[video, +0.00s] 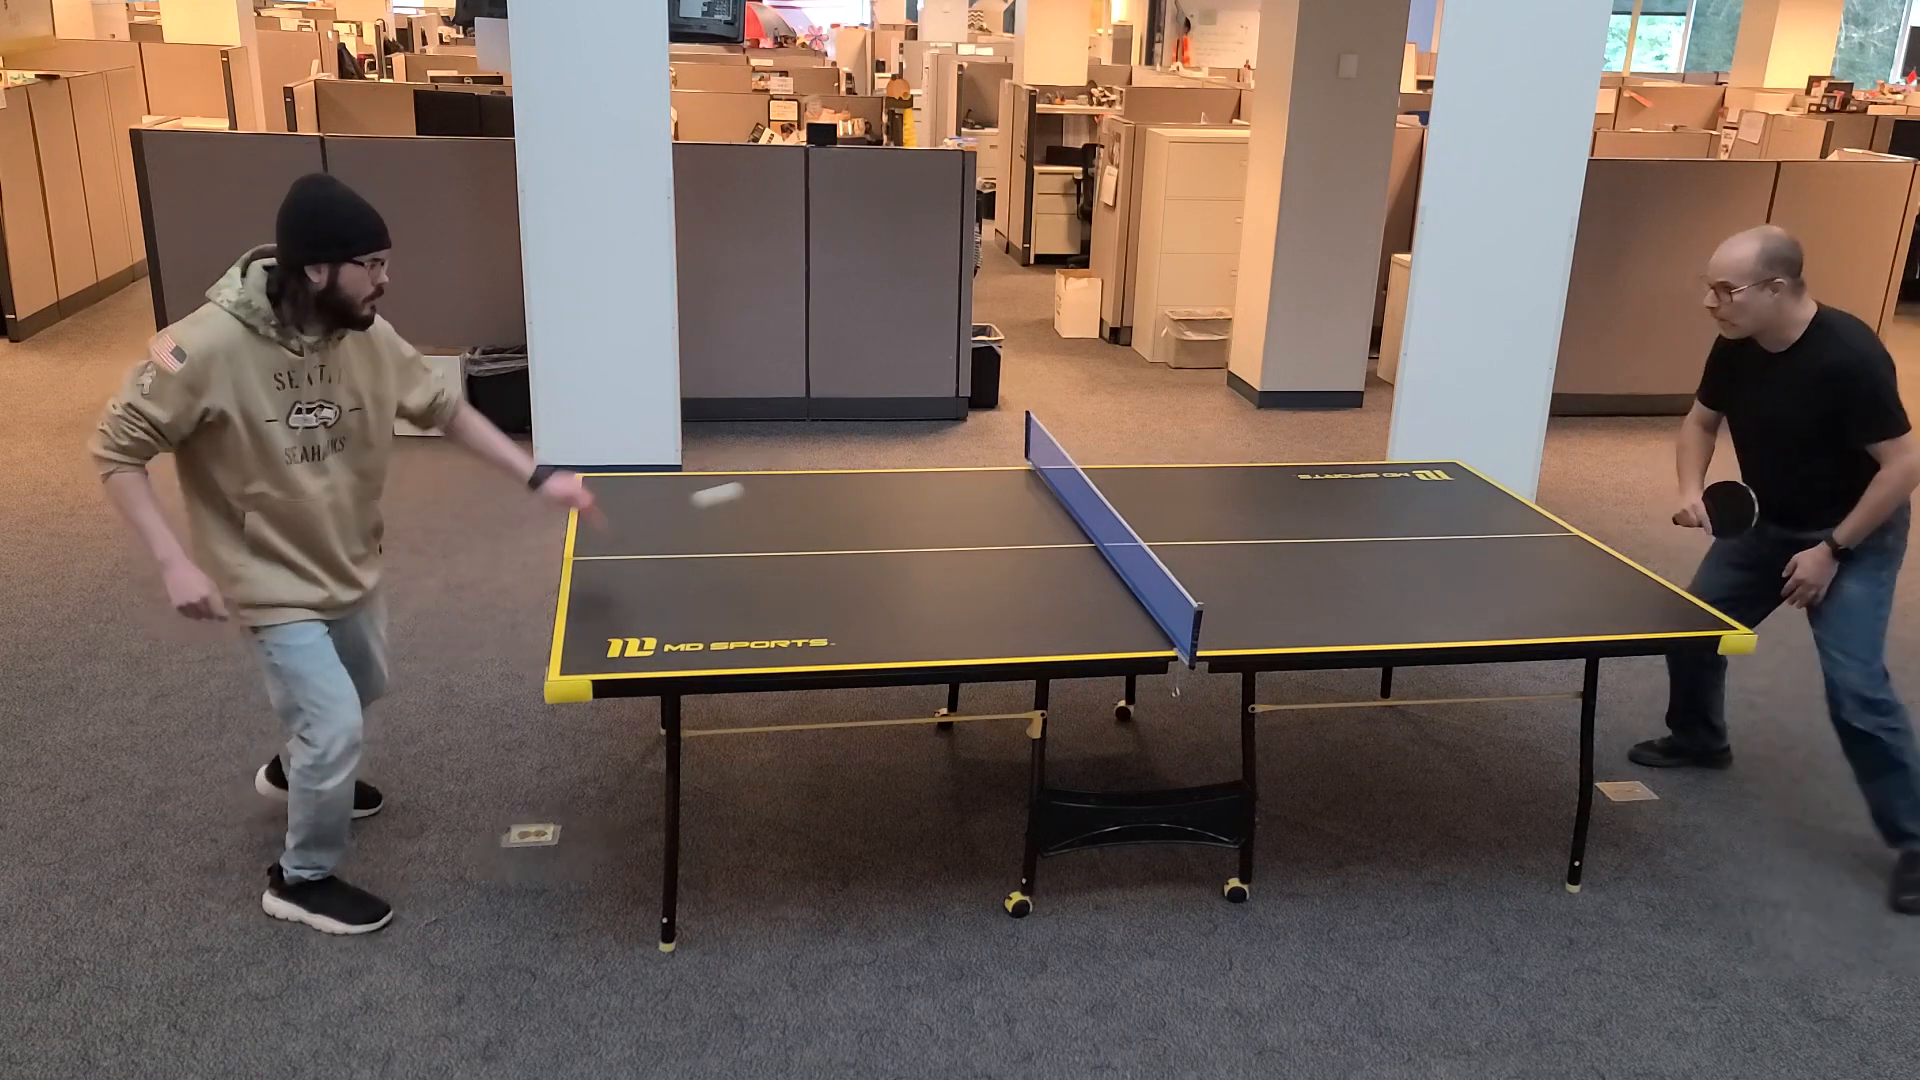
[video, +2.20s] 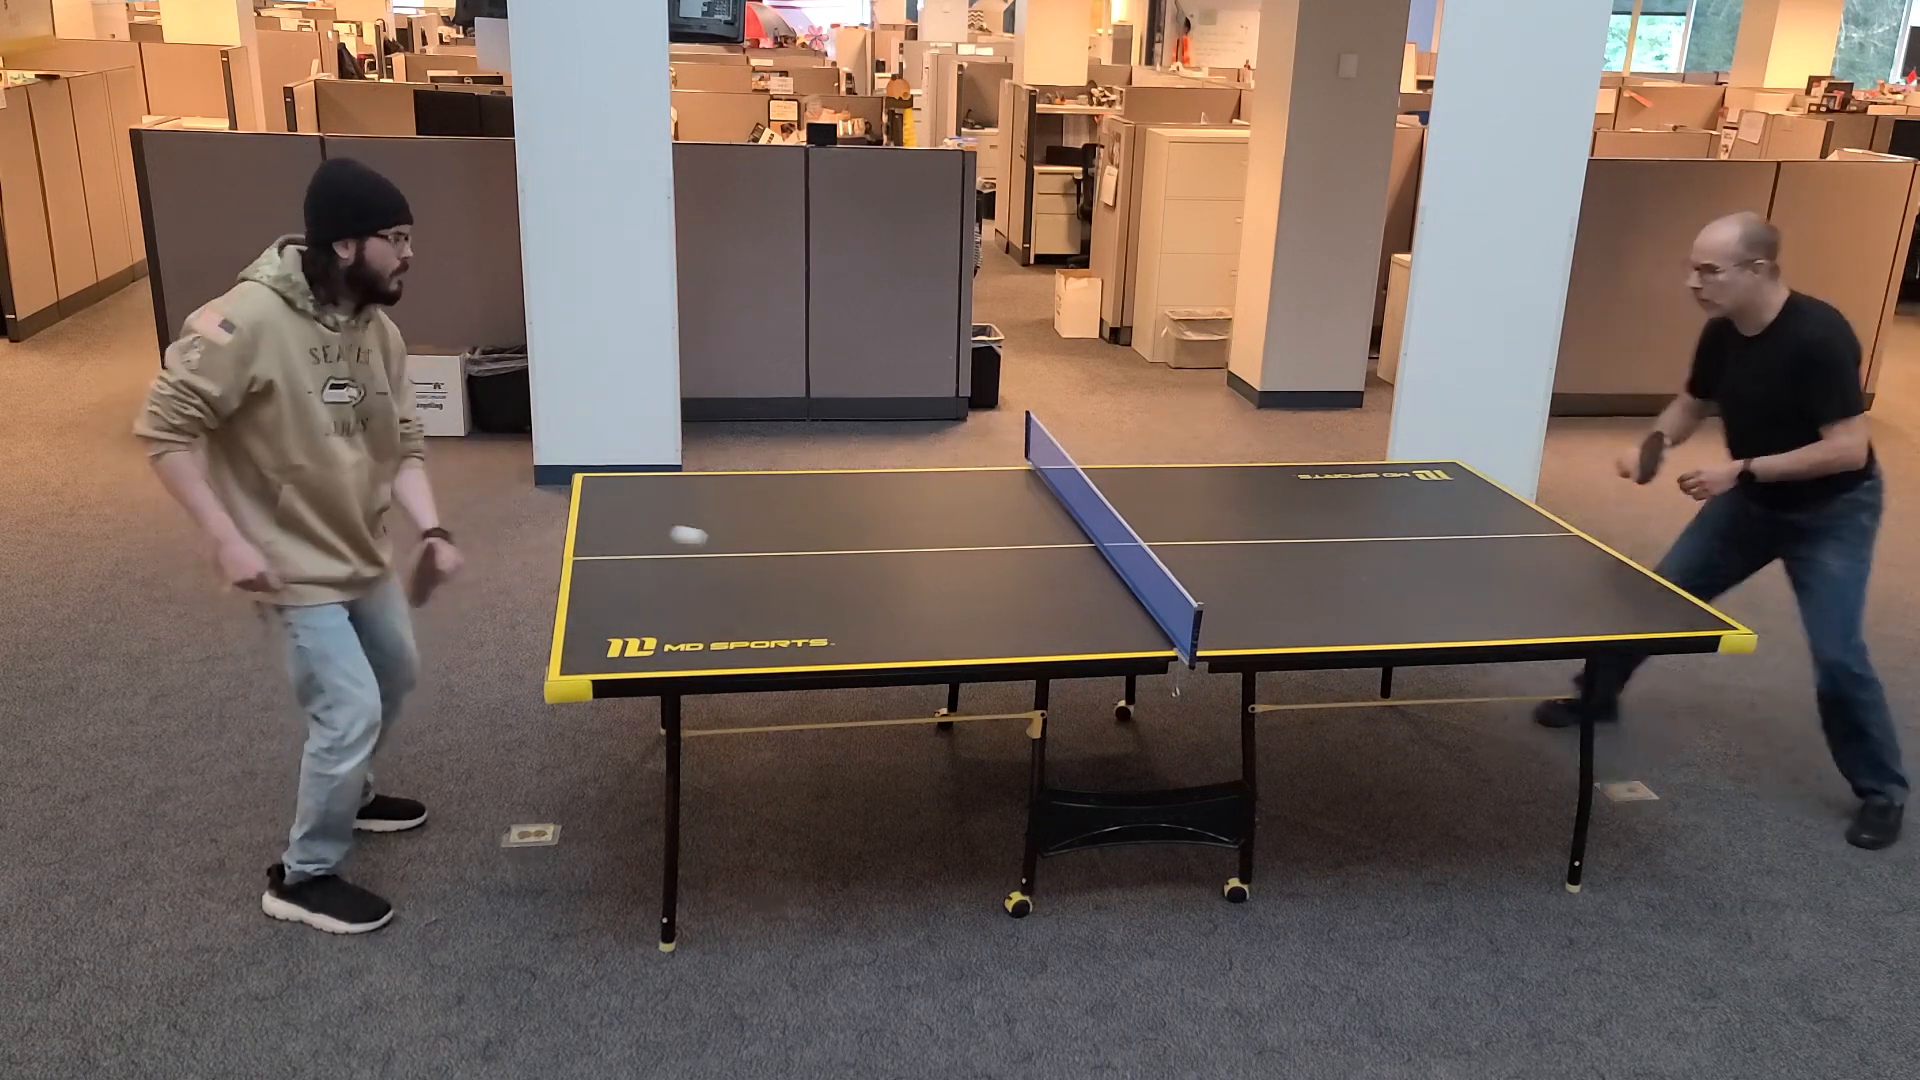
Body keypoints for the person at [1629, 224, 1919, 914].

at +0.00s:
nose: (1711, 300)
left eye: (1725, 289)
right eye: (1709, 287)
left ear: (1779, 289)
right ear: (1762, 288)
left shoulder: (1854, 355)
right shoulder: (1733, 346)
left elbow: (1903, 467)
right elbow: (1699, 425)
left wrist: (1831, 549)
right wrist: (1691, 488)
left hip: (1858, 536)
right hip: (1769, 523)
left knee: (1854, 687)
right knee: (1691, 624)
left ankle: (1912, 843)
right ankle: (1699, 739)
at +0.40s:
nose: (1812, 325)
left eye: (1829, 313)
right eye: (1810, 308)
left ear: (1885, 312)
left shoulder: (1919, 374)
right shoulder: (1812, 365)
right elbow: (1775, 447)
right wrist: (1764, 528)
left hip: (1907, 567)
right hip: (1826, 546)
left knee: (1910, 713)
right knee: (1736, 633)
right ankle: (1704, 739)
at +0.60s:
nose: (1859, 326)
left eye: (1878, 315)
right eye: (1857, 309)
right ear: (1855, 301)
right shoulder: (1841, 367)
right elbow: (1763, 435)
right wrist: (1704, 485)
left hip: (1917, 567)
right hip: (1846, 541)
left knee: (1919, 716)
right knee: (1757, 645)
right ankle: (1706, 742)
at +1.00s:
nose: (1787, 310)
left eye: (1805, 301)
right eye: (1789, 296)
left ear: (1866, 305)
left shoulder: (1910, 375)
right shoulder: (1781, 356)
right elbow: (1698, 404)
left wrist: (1918, 581)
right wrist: (1653, 431)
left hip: (1876, 552)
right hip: (1779, 527)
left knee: (1899, 705)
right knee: (1680, 615)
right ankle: (1611, 709)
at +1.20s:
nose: (1704, 301)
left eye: (1721, 291)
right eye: (1703, 288)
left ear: (1772, 294)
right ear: (1705, 284)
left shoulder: (1827, 357)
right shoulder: (1700, 347)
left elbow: (1879, 462)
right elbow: (1648, 421)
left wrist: (1828, 549)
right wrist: (1634, 469)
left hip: (1804, 527)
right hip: (1715, 514)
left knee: (1849, 670)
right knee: (1622, 597)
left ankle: (1905, 805)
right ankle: (1603, 706)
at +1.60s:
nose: (1643, 294)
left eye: (1656, 283)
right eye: (1641, 281)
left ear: (1704, 277)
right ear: (1645, 276)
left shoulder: (1766, 338)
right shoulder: (1653, 334)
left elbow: (1829, 435)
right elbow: (1600, 391)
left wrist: (1778, 519)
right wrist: (1558, 444)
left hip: (1766, 514)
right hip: (1681, 500)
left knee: (1815, 653)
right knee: (1598, 585)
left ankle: (1875, 773)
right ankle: (1581, 688)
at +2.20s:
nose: (1695, 283)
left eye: (1709, 271)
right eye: (1693, 270)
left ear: (1759, 270)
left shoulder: (1820, 333)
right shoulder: (1722, 329)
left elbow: (1851, 449)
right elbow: (1694, 404)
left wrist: (1740, 471)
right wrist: (1661, 437)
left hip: (1833, 508)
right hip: (1756, 500)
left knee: (1837, 657)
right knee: (1656, 595)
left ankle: (1882, 790)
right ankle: (1596, 695)